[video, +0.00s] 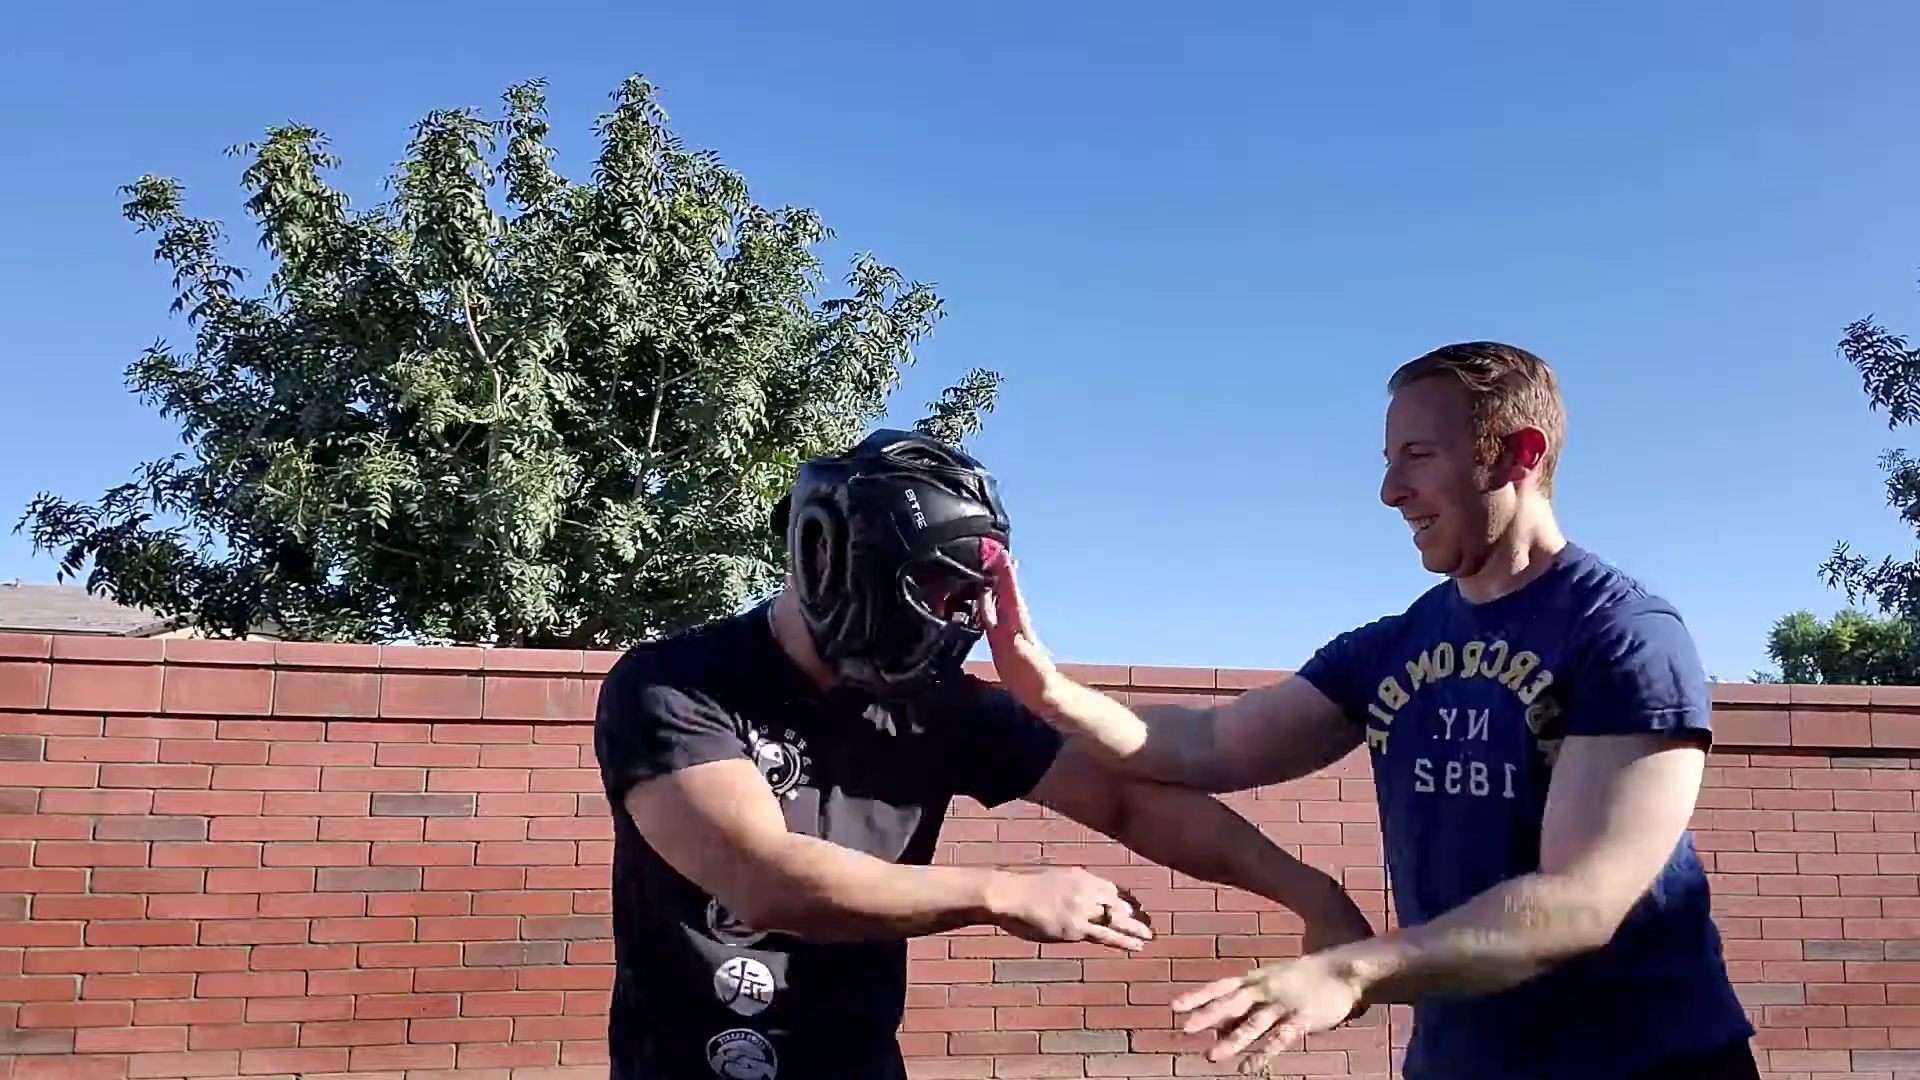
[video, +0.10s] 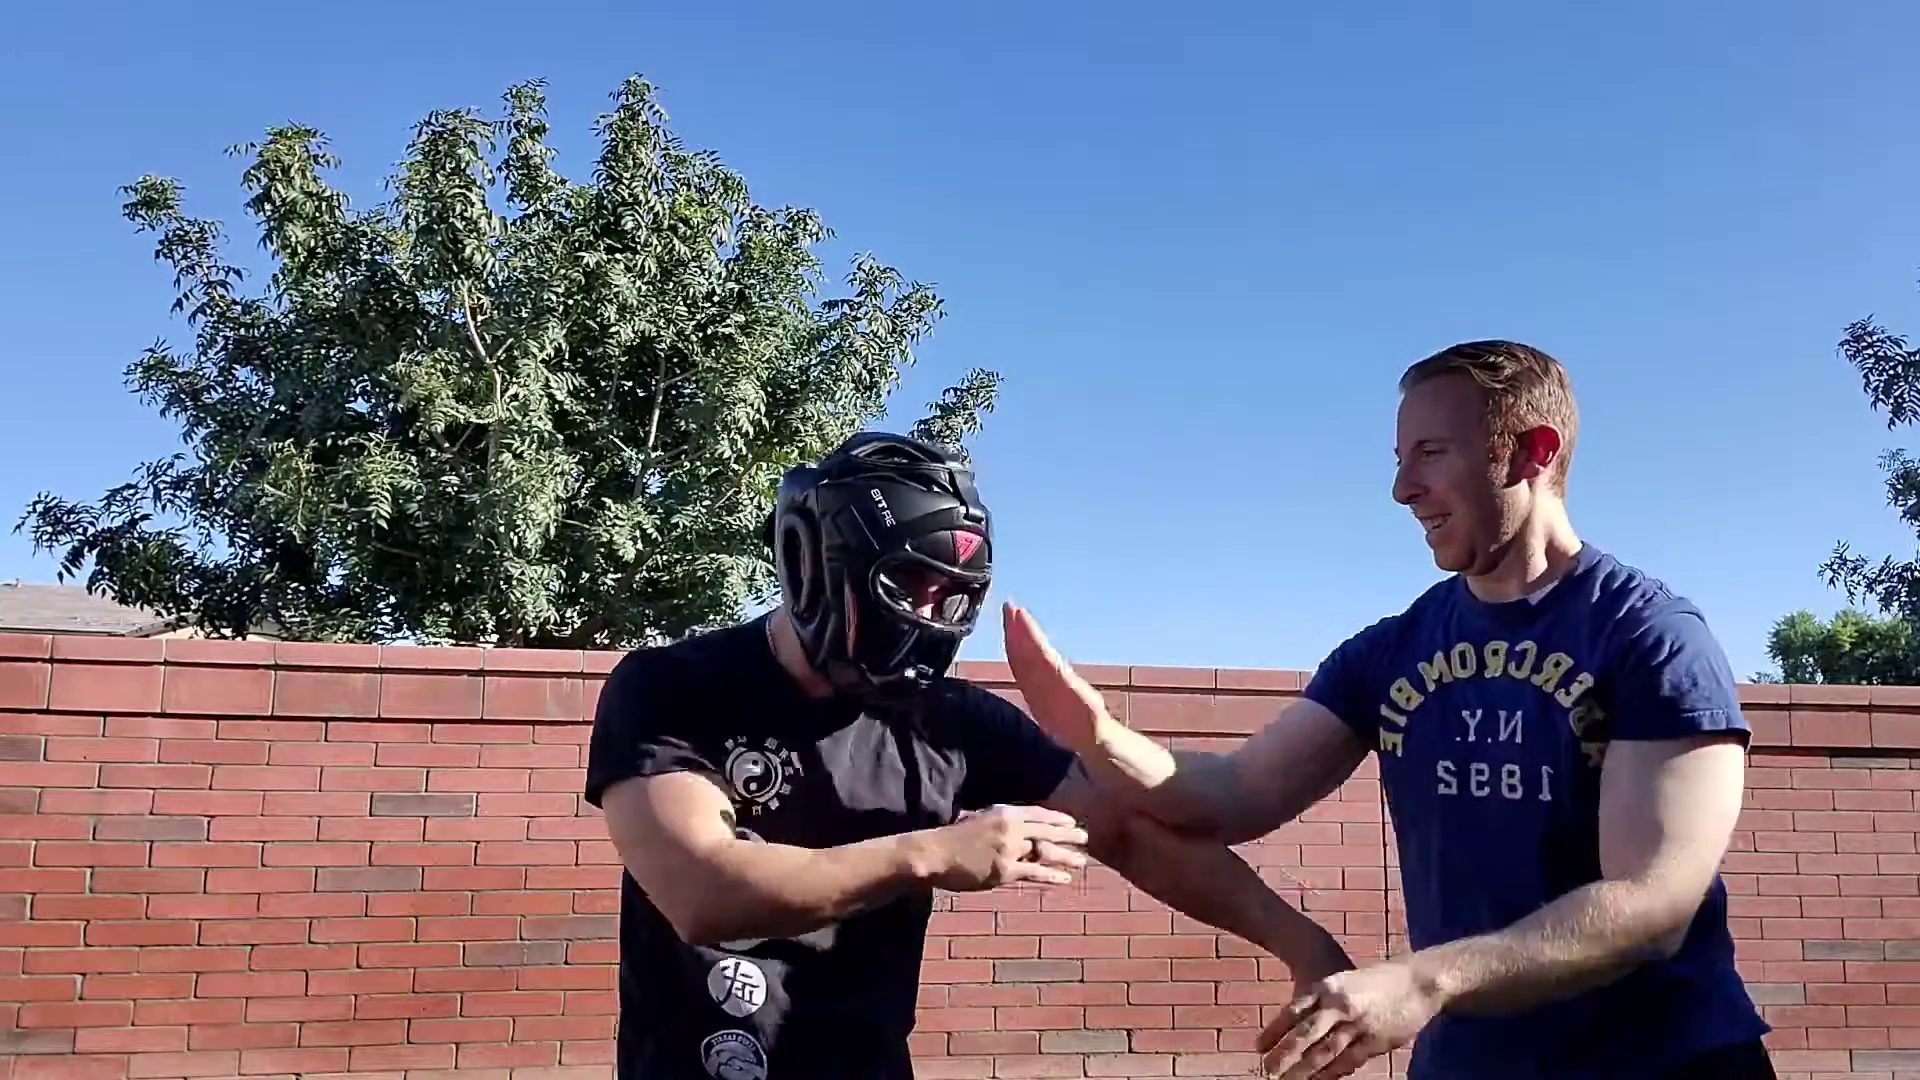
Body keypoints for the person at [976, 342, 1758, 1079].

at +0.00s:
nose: (1389, 489)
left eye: (1415, 456)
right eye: (1390, 462)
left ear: (1517, 457)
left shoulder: (1628, 637)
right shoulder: (1393, 650)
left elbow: (1582, 902)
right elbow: (1215, 743)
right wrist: (1050, 690)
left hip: (1636, 1057)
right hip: (1457, 1054)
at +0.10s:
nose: (1404, 487)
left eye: (1432, 454)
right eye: (1402, 460)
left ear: (1536, 454)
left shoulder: (1651, 636)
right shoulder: (1395, 652)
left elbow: (1655, 897)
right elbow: (1242, 793)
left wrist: (1422, 980)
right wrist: (1100, 737)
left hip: (1652, 1053)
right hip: (1467, 1054)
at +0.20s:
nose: (1387, 483)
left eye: (1414, 450)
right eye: (1388, 456)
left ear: (1520, 457)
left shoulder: (1638, 640)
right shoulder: (1381, 663)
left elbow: (1649, 899)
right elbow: (1278, 834)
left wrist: (1410, 916)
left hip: (1647, 1054)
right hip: (1459, 1059)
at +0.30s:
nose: (1357, 482)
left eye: (1381, 450)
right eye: (1361, 458)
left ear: (1486, 453)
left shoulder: (1597, 621)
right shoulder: (1366, 668)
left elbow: (1470, 831)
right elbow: (1346, 875)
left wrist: (1269, 704)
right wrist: (1273, 934)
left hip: (1620, 1048)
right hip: (1445, 1052)